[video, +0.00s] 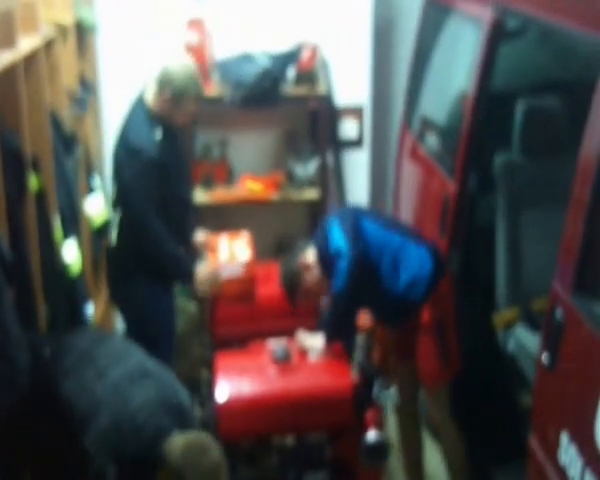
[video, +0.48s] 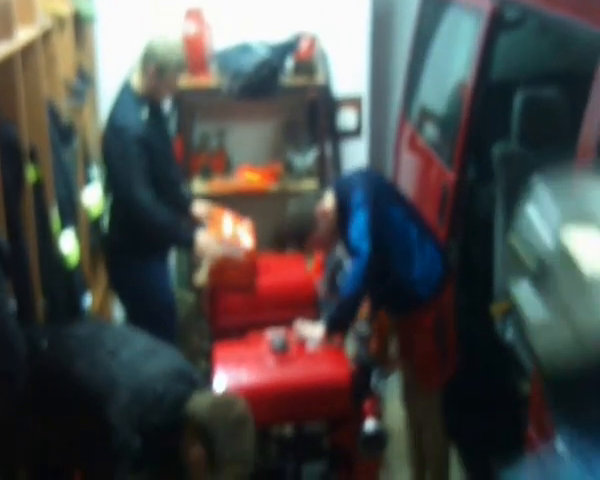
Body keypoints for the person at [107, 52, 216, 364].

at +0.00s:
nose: (191, 116)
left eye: (193, 108)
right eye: (187, 109)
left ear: (168, 98)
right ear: (165, 99)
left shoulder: (165, 126)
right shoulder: (143, 145)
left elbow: (171, 194)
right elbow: (146, 222)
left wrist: (190, 231)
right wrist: (188, 270)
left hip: (157, 260)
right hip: (140, 269)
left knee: (158, 357)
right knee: (154, 361)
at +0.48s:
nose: (175, 86)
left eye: (177, 78)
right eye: (172, 77)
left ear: (155, 73)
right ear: (152, 72)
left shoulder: (151, 109)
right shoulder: (127, 124)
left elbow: (161, 178)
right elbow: (139, 202)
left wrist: (187, 205)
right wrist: (190, 237)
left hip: (150, 244)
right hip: (134, 251)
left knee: (157, 336)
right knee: (159, 340)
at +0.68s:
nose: (184, 79)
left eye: (185, 71)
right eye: (181, 70)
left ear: (164, 64)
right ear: (161, 65)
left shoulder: (155, 100)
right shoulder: (141, 117)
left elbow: (175, 153)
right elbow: (162, 191)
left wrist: (211, 173)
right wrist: (219, 209)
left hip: (157, 234)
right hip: (147, 243)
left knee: (159, 328)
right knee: (164, 335)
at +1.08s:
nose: (208, 72)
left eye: (210, 64)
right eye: (207, 64)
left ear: (186, 51)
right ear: (190, 54)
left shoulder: (169, 82)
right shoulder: (168, 100)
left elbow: (208, 132)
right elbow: (199, 169)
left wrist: (246, 167)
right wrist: (257, 197)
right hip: (154, 234)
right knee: (164, 327)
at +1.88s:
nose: (237, 41)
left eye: (240, 33)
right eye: (237, 32)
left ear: (214, 19)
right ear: (222, 24)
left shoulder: (189, 44)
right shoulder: (186, 68)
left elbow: (216, 115)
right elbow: (207, 144)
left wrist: (250, 157)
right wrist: (250, 178)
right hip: (155, 193)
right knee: (169, 282)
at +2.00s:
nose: (238, 36)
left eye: (241, 28)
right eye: (239, 27)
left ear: (215, 13)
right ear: (224, 19)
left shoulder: (182, 36)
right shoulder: (192, 62)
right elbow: (213, 137)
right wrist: (258, 163)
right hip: (158, 185)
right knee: (170, 273)